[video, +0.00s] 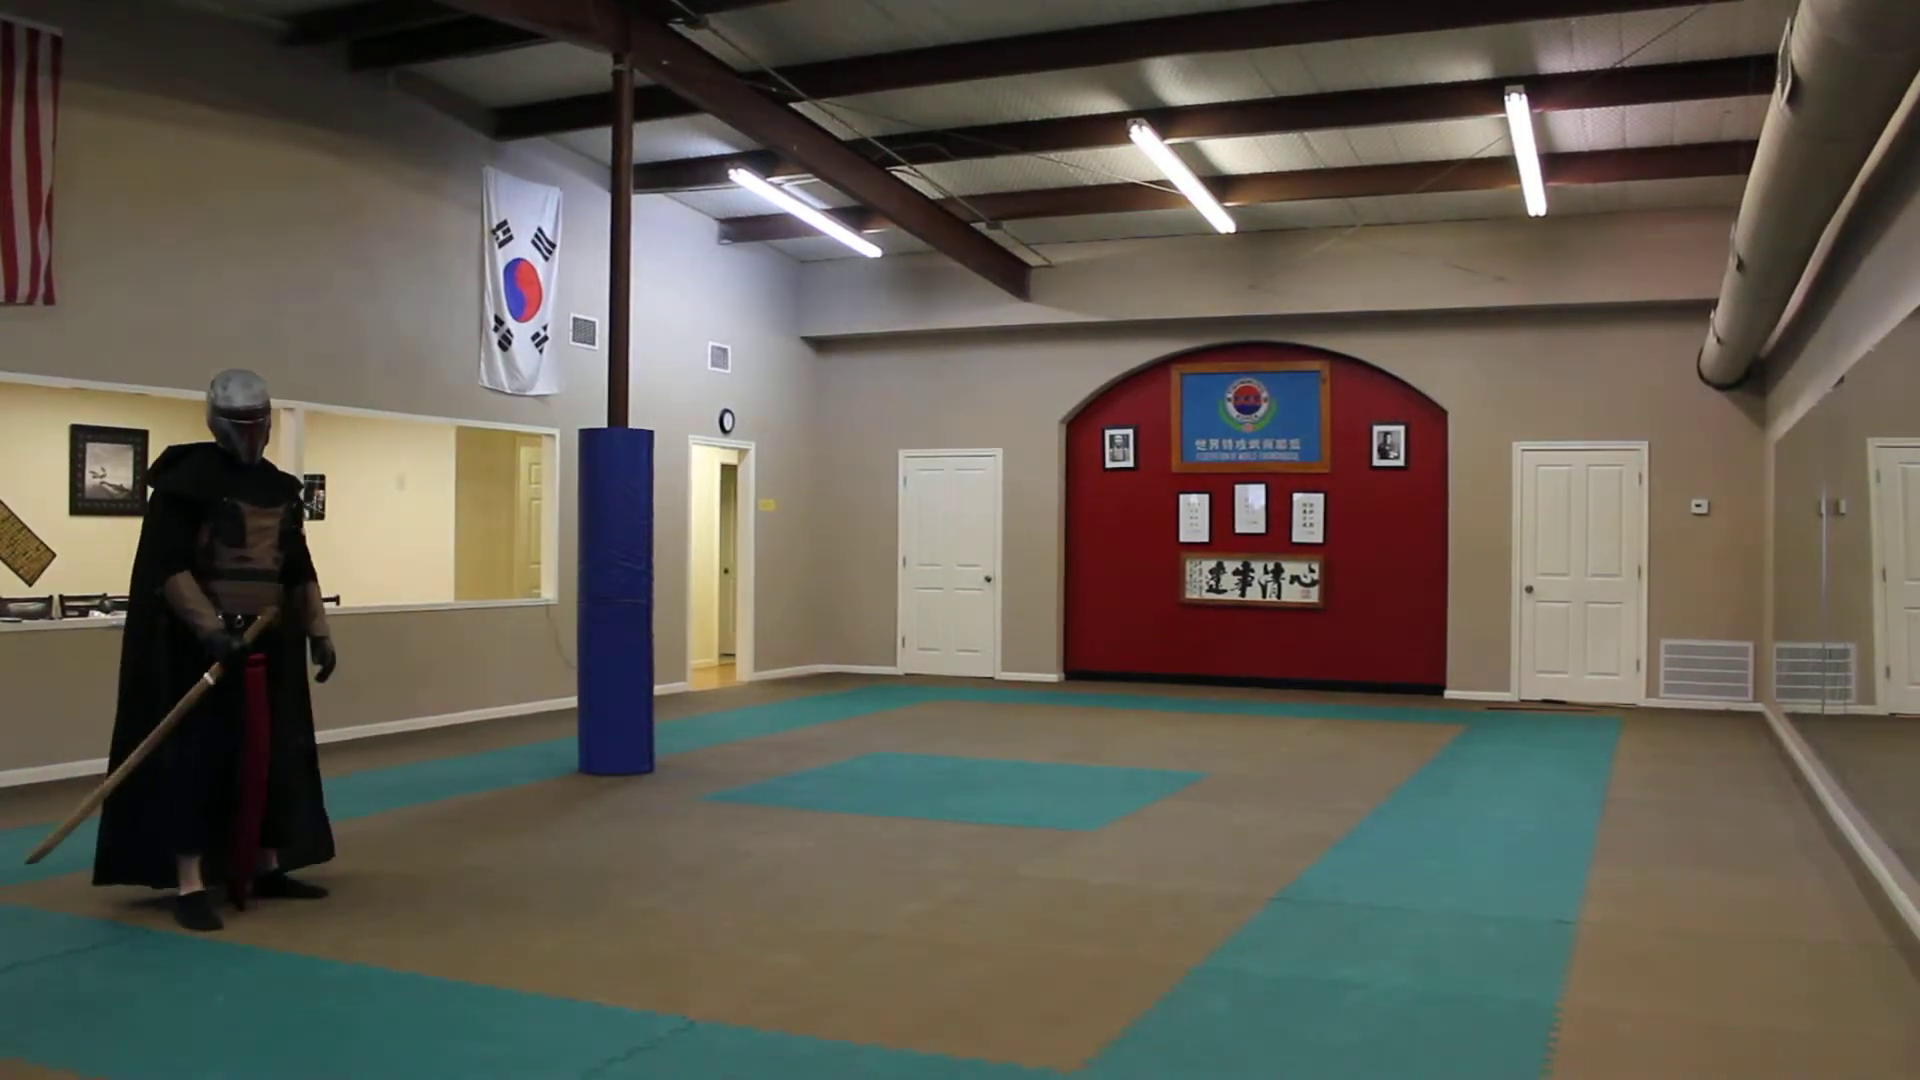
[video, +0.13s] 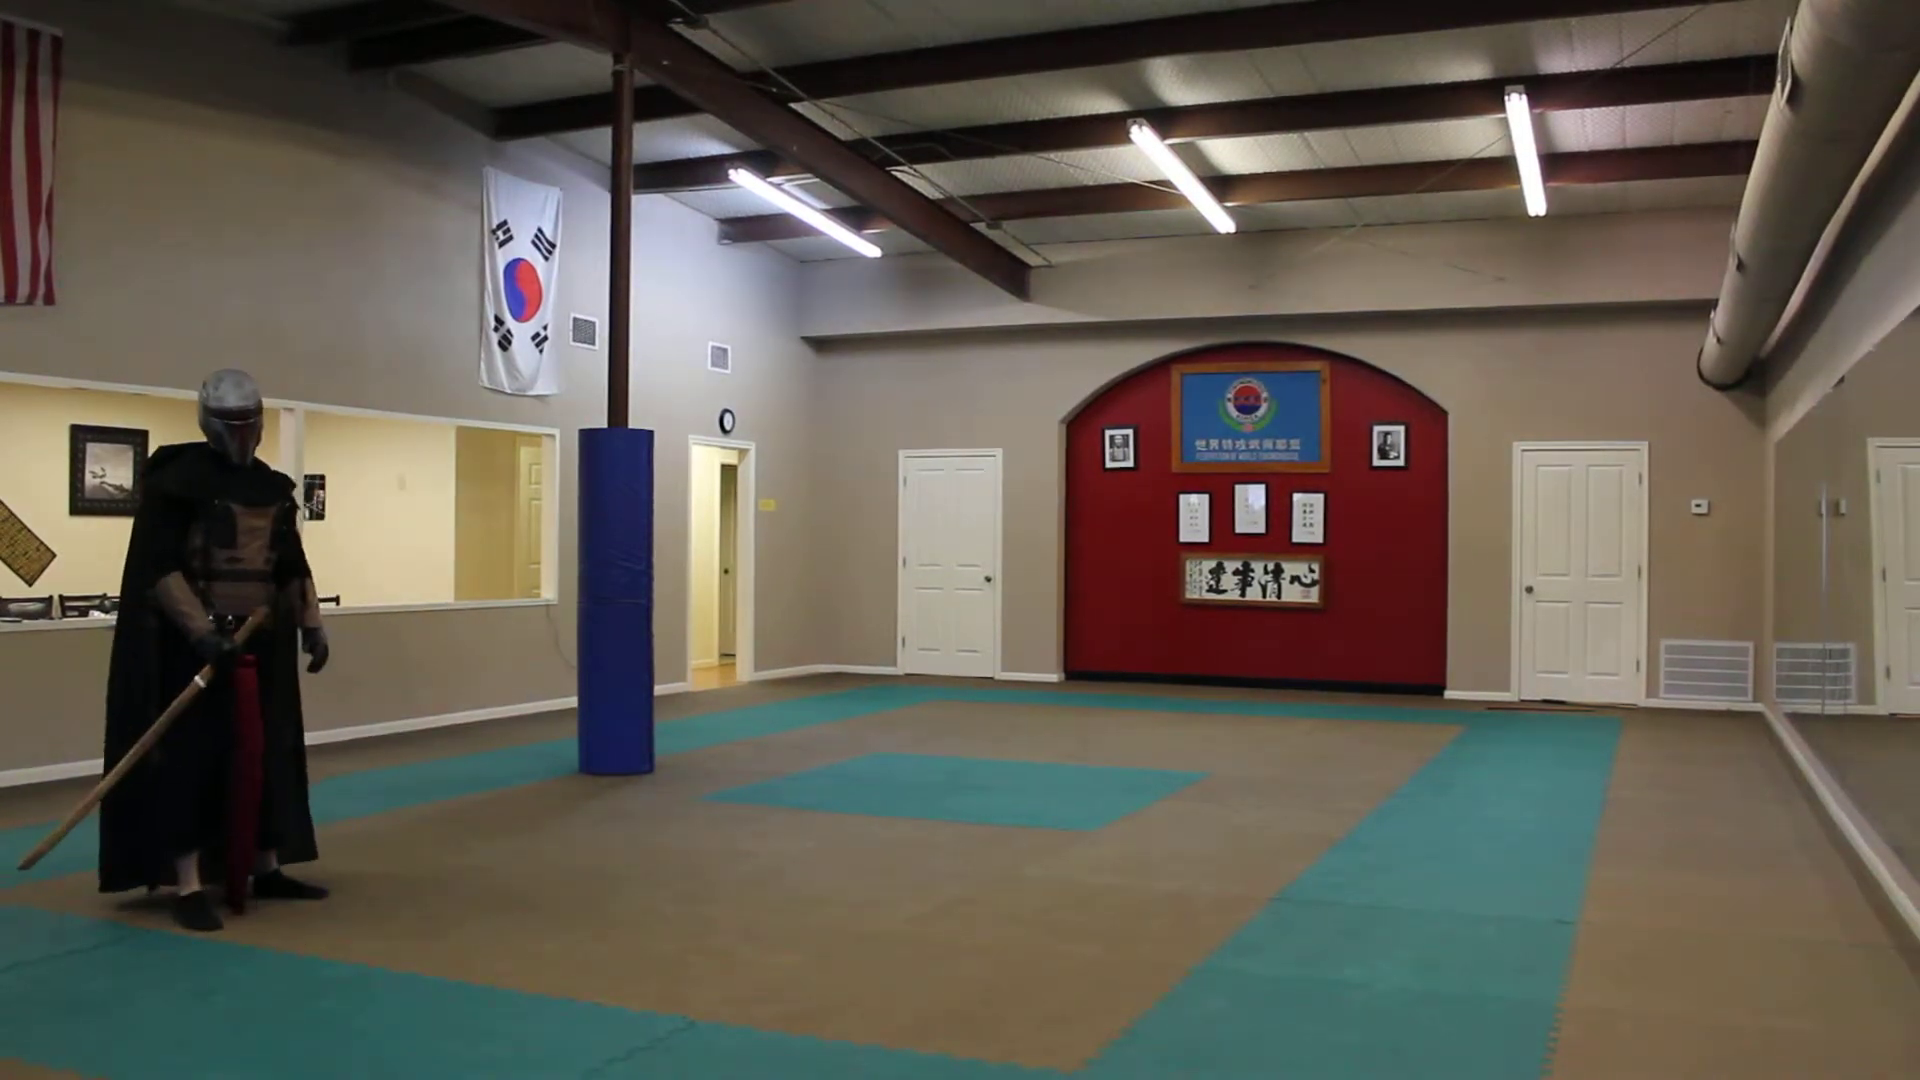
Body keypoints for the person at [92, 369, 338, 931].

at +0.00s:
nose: (249, 429)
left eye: (258, 418)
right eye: (237, 419)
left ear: (270, 419)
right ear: (214, 420)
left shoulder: (281, 490)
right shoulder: (187, 477)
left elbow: (297, 569)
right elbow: (166, 564)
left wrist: (319, 633)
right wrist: (213, 628)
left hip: (266, 644)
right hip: (194, 643)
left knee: (267, 752)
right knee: (195, 755)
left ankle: (263, 870)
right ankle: (190, 883)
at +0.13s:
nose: (239, 432)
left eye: (248, 420)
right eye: (228, 420)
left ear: (261, 420)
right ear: (205, 420)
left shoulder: (275, 489)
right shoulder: (174, 473)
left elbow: (292, 564)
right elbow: (155, 564)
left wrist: (313, 624)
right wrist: (203, 629)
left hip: (259, 644)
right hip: (185, 642)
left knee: (262, 753)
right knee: (188, 756)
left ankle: (262, 871)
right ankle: (188, 885)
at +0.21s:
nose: (235, 431)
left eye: (244, 419)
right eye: (223, 420)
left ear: (257, 419)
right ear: (200, 420)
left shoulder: (270, 488)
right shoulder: (170, 473)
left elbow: (287, 565)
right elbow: (150, 564)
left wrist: (307, 626)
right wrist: (191, 634)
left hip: (253, 645)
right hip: (181, 644)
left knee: (260, 754)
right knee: (184, 758)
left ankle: (263, 871)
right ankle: (187, 885)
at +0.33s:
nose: (230, 431)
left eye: (239, 419)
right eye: (218, 420)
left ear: (252, 420)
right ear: (195, 421)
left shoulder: (263, 489)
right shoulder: (165, 475)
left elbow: (280, 569)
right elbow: (146, 567)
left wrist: (297, 635)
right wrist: (171, 641)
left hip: (249, 647)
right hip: (179, 646)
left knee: (257, 753)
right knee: (181, 758)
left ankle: (263, 869)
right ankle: (186, 883)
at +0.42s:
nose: (228, 432)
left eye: (236, 420)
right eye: (216, 421)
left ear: (249, 420)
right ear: (192, 421)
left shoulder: (260, 489)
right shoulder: (163, 477)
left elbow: (277, 574)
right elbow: (143, 569)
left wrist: (289, 643)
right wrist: (164, 644)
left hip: (245, 649)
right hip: (178, 648)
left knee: (255, 756)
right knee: (181, 762)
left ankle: (262, 871)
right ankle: (187, 886)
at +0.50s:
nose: (227, 432)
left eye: (235, 420)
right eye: (215, 421)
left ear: (248, 420)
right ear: (190, 421)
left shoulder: (258, 489)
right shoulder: (161, 477)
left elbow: (274, 575)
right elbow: (141, 570)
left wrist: (285, 645)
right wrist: (159, 649)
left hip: (243, 651)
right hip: (179, 651)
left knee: (254, 758)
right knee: (180, 764)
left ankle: (262, 872)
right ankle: (187, 886)